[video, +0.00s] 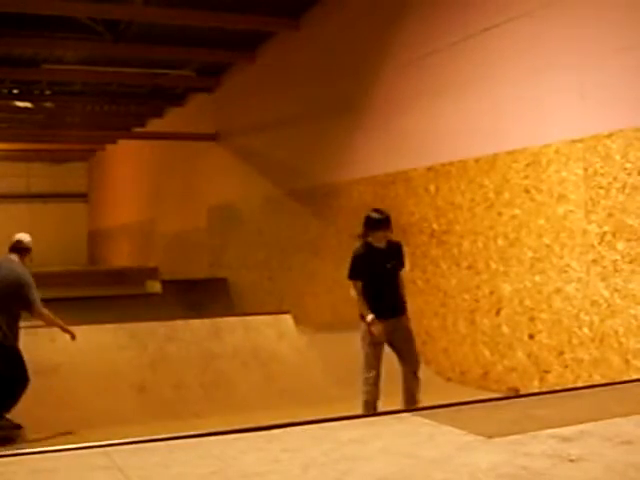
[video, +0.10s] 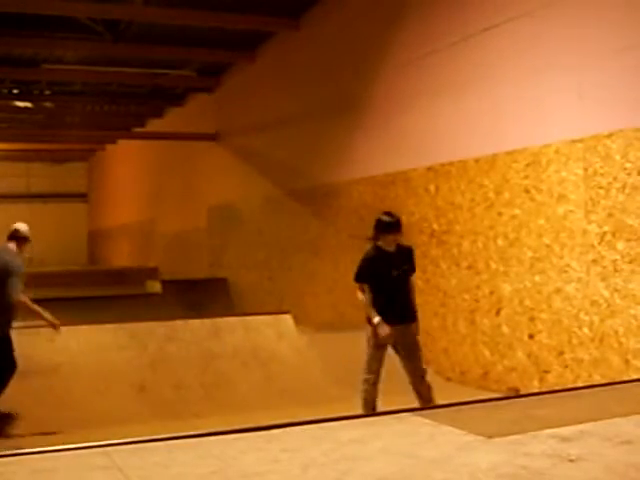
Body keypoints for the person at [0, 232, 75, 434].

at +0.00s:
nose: (30, 259)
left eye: (30, 255)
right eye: (30, 255)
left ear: (11, 249)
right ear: (26, 254)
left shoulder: (3, 266)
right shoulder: (19, 274)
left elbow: (36, 309)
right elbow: (38, 310)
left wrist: (62, 327)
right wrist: (64, 328)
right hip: (4, 341)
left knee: (7, 377)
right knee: (20, 378)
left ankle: (1, 416)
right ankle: (1, 416)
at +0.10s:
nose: (27, 248)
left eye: (27, 243)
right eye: (26, 243)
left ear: (11, 238)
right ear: (21, 242)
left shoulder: (3, 255)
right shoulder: (13, 261)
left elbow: (17, 295)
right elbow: (17, 297)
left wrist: (45, 317)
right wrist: (47, 318)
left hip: (0, 326)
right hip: (0, 326)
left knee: (5, 365)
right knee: (8, 365)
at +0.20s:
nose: (26, 234)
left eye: (27, 231)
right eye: (26, 230)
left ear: (18, 226)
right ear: (20, 227)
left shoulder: (11, 241)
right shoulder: (7, 241)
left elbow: (8, 273)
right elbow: (4, 274)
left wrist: (22, 286)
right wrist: (26, 287)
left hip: (3, 293)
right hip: (2, 294)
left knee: (1, 324)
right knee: (1, 325)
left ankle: (1, 356)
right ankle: (1, 356)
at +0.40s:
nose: (32, 214)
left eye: (35, 211)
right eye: (34, 210)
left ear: (30, 203)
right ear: (28, 203)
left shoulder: (12, 211)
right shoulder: (8, 212)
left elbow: (5, 241)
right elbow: (3, 240)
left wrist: (30, 253)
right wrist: (30, 252)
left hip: (3, 274)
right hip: (2, 276)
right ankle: (3, 365)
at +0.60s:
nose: (27, 202)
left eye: (29, 199)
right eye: (27, 198)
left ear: (22, 189)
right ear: (20, 191)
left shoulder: (12, 190)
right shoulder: (4, 206)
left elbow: (17, 174)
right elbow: (4, 239)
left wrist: (39, 172)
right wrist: (30, 248)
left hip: (6, 239)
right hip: (2, 241)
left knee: (18, 269)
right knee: (16, 270)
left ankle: (23, 305)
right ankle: (24, 305)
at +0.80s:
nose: (29, 190)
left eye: (32, 185)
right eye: (26, 185)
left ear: (31, 182)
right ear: (17, 181)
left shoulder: (25, 189)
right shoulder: (4, 192)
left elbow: (41, 184)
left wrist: (58, 187)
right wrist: (1, 240)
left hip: (17, 238)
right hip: (3, 239)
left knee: (22, 271)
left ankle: (21, 306)